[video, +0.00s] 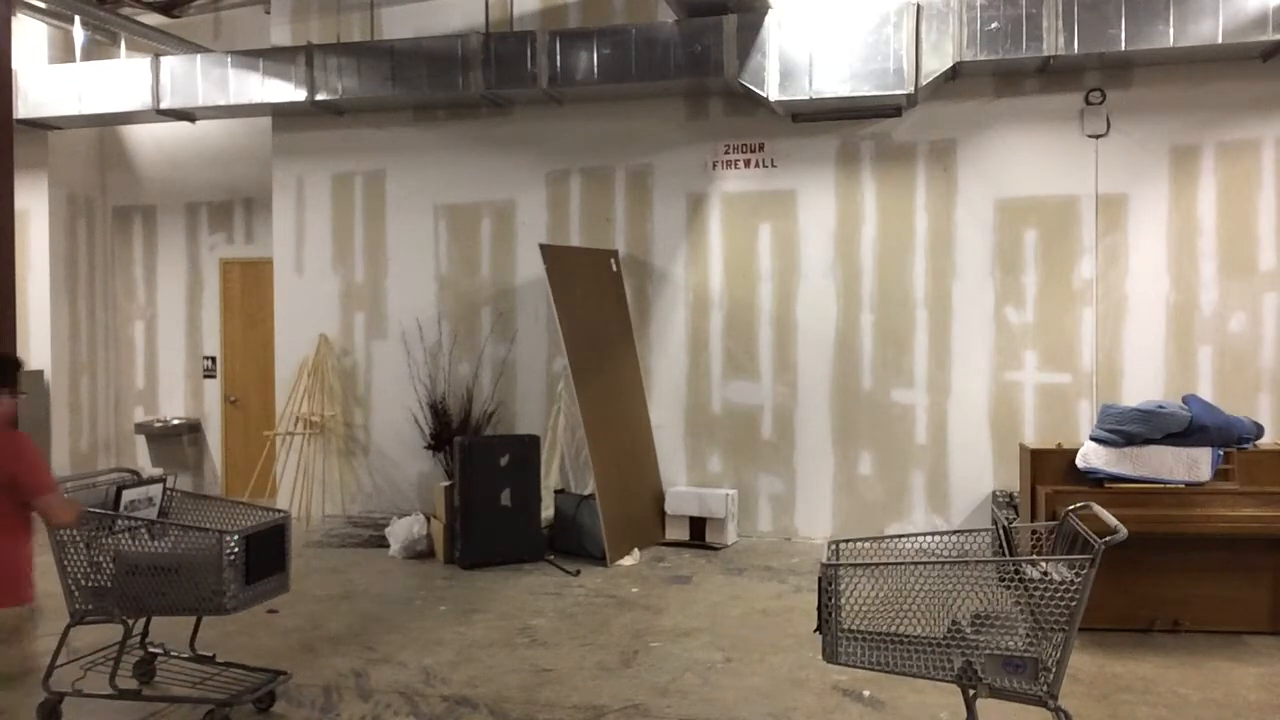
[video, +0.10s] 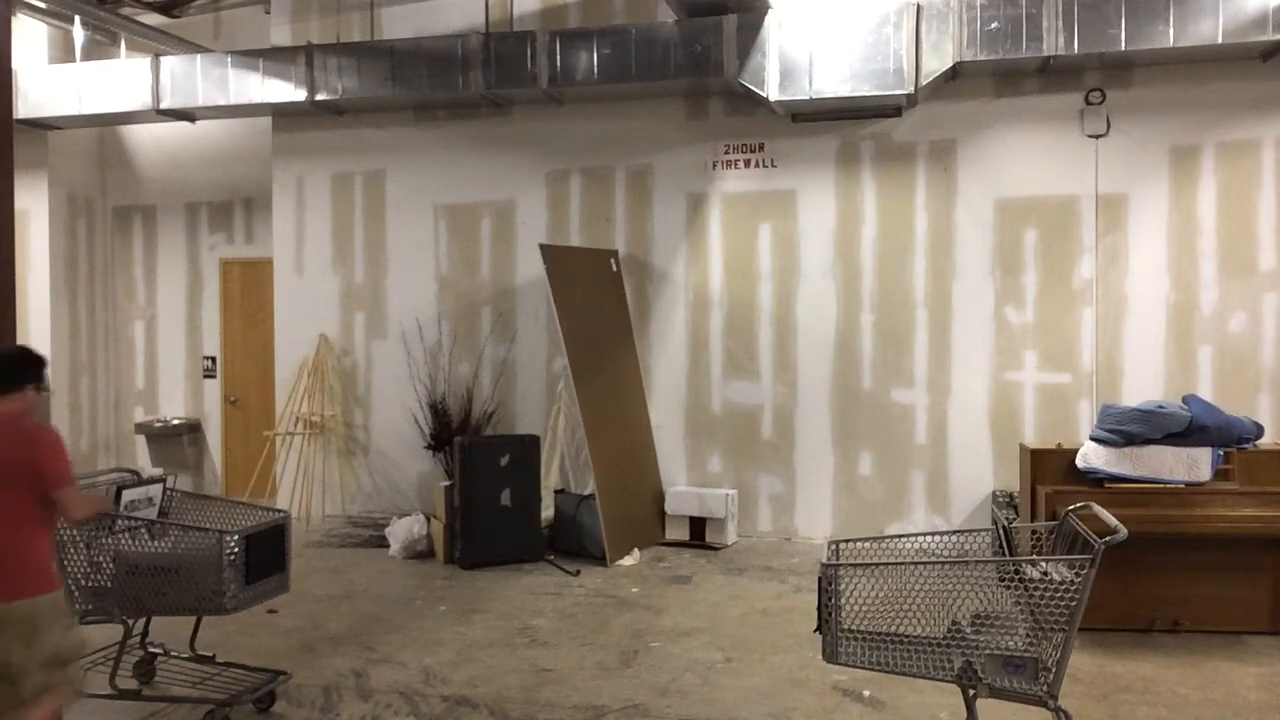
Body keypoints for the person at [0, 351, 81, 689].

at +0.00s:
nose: (18, 402)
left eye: (16, 393)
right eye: (13, 393)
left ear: (11, 396)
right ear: (5, 397)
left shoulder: (15, 444)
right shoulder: (13, 445)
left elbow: (60, 513)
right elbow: (59, 514)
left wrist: (61, 504)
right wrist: (75, 506)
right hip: (7, 603)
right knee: (17, 698)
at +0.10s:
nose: (43, 399)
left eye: (41, 389)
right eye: (41, 389)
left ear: (3, 387)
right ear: (29, 389)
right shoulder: (36, 437)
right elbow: (73, 509)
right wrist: (104, 501)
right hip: (26, 586)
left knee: (10, 692)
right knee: (56, 683)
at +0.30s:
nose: (87, 398)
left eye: (89, 389)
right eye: (87, 388)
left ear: (40, 381)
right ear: (76, 384)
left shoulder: (5, 416)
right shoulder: (82, 424)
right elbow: (123, 492)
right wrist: (154, 486)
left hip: (9, 578)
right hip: (73, 574)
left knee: (16, 688)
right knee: (116, 653)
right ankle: (124, 712)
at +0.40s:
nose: (110, 405)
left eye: (112, 398)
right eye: (112, 396)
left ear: (66, 386)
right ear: (105, 391)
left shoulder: (13, 425)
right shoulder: (110, 429)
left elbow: (10, 492)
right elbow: (156, 491)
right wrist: (177, 487)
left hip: (20, 581)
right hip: (94, 578)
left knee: (24, 688)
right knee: (134, 662)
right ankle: (158, 712)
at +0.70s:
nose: (186, 422)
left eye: (187, 417)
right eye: (188, 416)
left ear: (144, 400)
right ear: (180, 410)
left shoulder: (95, 420)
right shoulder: (184, 435)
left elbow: (88, 478)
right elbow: (217, 496)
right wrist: (223, 528)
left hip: (80, 562)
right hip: (146, 564)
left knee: (55, 656)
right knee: (165, 657)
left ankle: (44, 713)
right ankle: (170, 714)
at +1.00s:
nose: (204, 430)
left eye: (206, 427)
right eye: (206, 426)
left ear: (164, 407)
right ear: (201, 419)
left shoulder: (120, 422)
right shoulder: (206, 434)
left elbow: (107, 481)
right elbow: (237, 501)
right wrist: (229, 527)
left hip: (101, 552)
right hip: (164, 556)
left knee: (76, 663)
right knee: (169, 663)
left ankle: (55, 712)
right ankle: (170, 715)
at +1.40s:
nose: (205, 410)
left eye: (206, 407)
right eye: (206, 406)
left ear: (162, 391)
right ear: (200, 399)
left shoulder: (119, 411)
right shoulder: (209, 423)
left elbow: (102, 477)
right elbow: (231, 492)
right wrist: (242, 512)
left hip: (111, 553)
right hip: (175, 556)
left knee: (85, 656)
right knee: (171, 661)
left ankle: (61, 715)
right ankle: (169, 715)